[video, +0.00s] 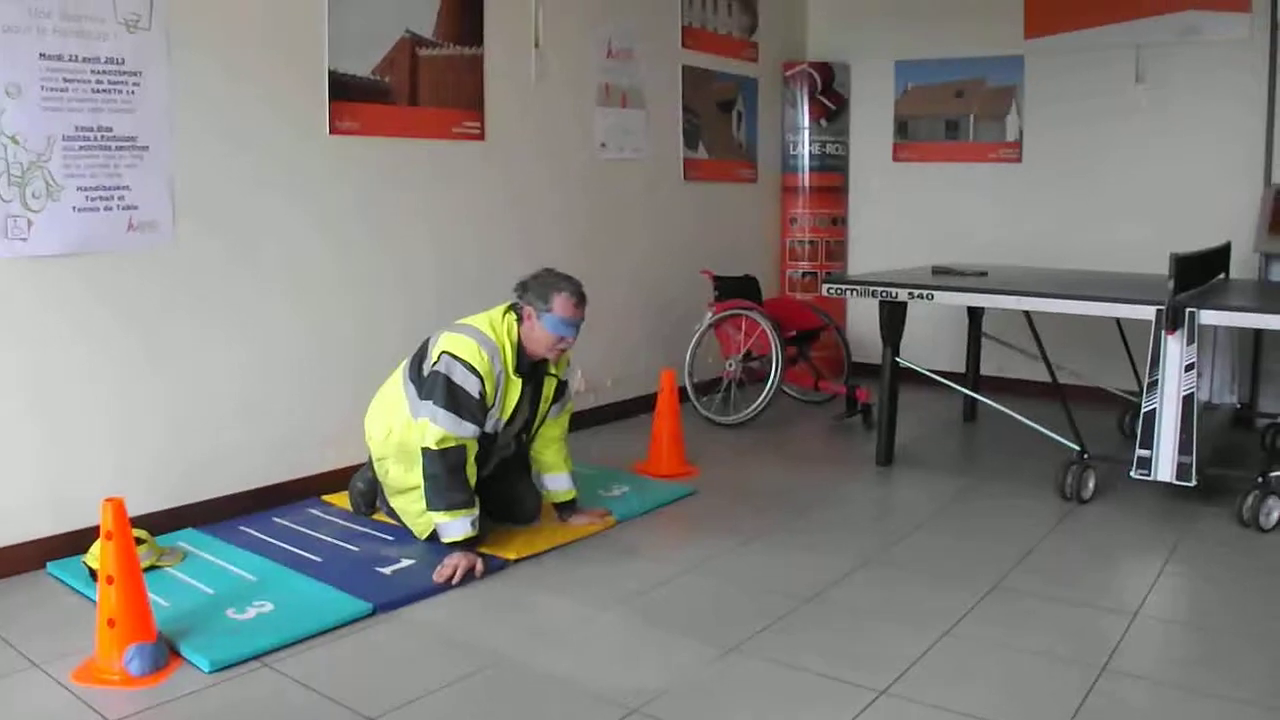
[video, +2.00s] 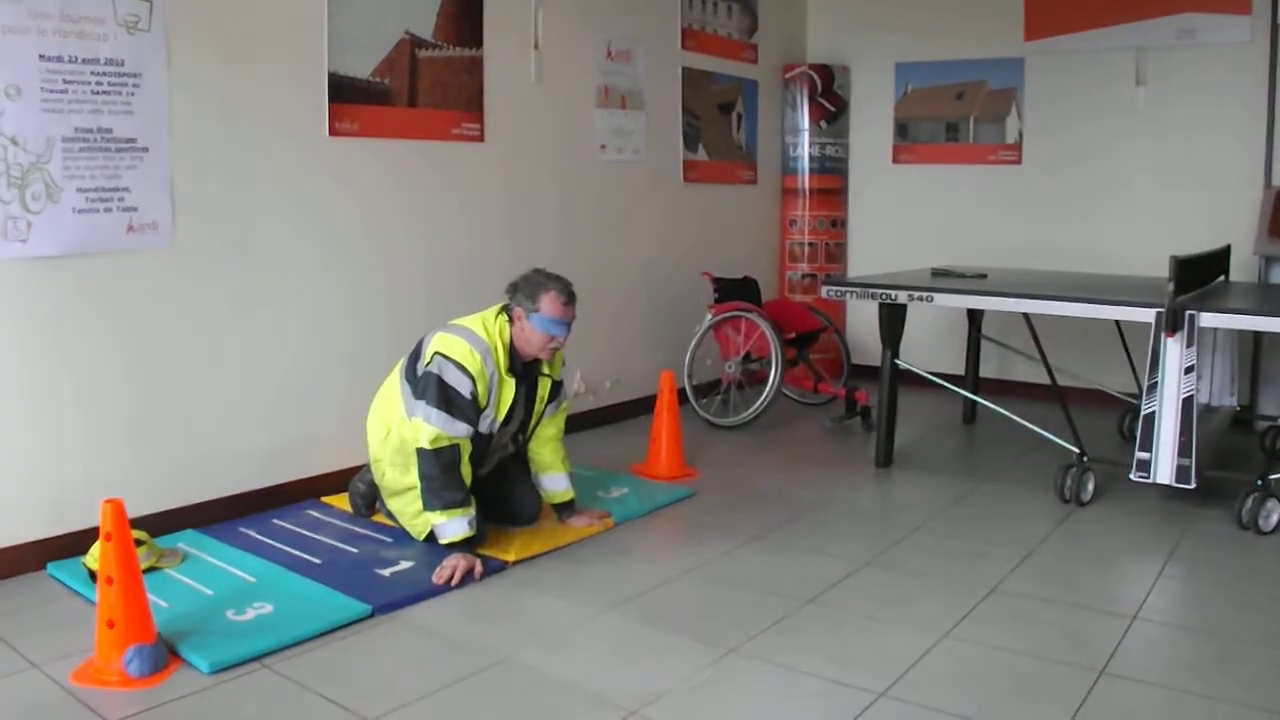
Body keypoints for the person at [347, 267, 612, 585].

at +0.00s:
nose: (568, 340)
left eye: (574, 330)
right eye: (561, 328)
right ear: (527, 316)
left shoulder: (554, 361)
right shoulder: (468, 353)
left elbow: (550, 434)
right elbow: (444, 448)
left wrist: (566, 507)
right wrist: (461, 545)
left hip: (482, 433)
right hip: (407, 440)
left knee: (523, 510)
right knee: (438, 529)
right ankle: (383, 478)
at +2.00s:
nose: (560, 339)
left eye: (566, 329)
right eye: (552, 327)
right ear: (518, 318)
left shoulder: (548, 357)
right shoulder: (460, 355)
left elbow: (546, 434)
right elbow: (438, 452)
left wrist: (567, 509)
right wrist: (459, 547)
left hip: (481, 439)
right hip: (408, 447)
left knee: (523, 511)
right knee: (456, 535)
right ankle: (383, 482)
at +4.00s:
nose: (575, 331)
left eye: (580, 321)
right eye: (566, 319)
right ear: (532, 308)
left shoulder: (560, 349)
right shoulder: (472, 344)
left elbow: (557, 423)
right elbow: (450, 440)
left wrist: (576, 498)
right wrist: (469, 536)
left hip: (494, 428)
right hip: (420, 435)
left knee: (536, 500)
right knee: (455, 522)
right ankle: (393, 474)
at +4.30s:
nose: (574, 331)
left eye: (581, 320)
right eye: (566, 318)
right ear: (533, 307)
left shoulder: (561, 351)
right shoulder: (473, 340)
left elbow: (557, 423)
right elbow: (456, 426)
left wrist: (576, 494)